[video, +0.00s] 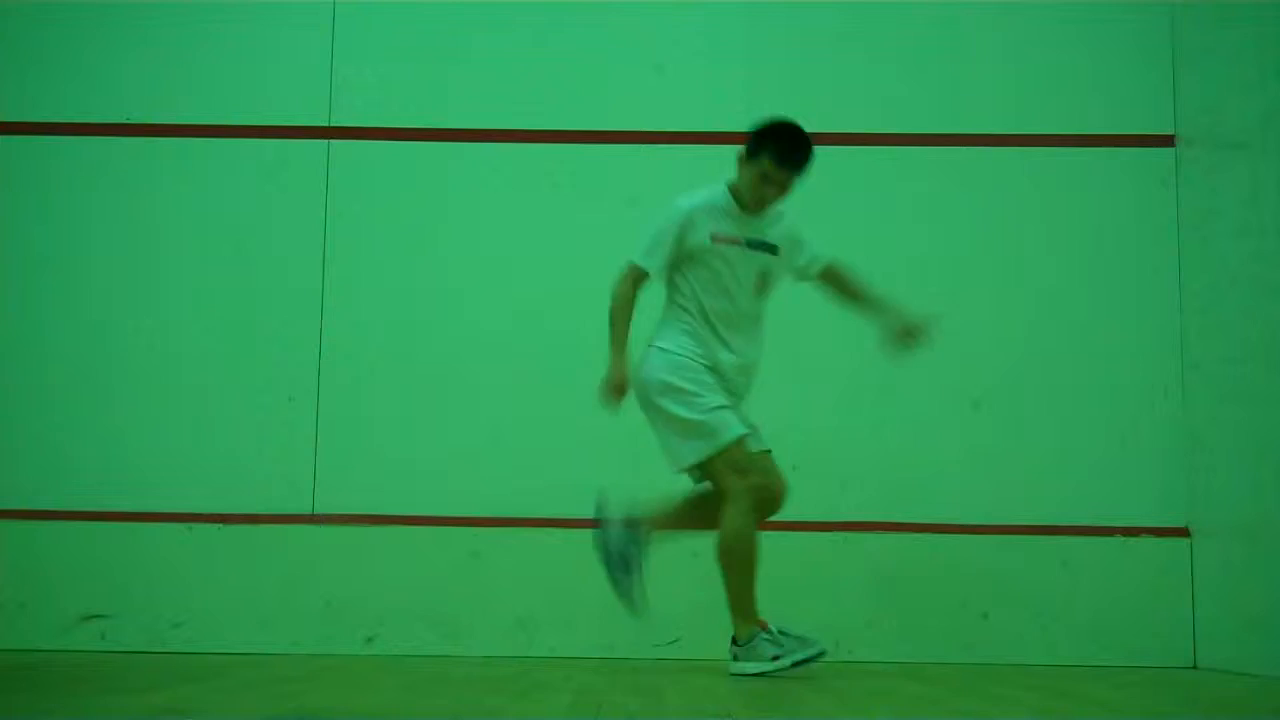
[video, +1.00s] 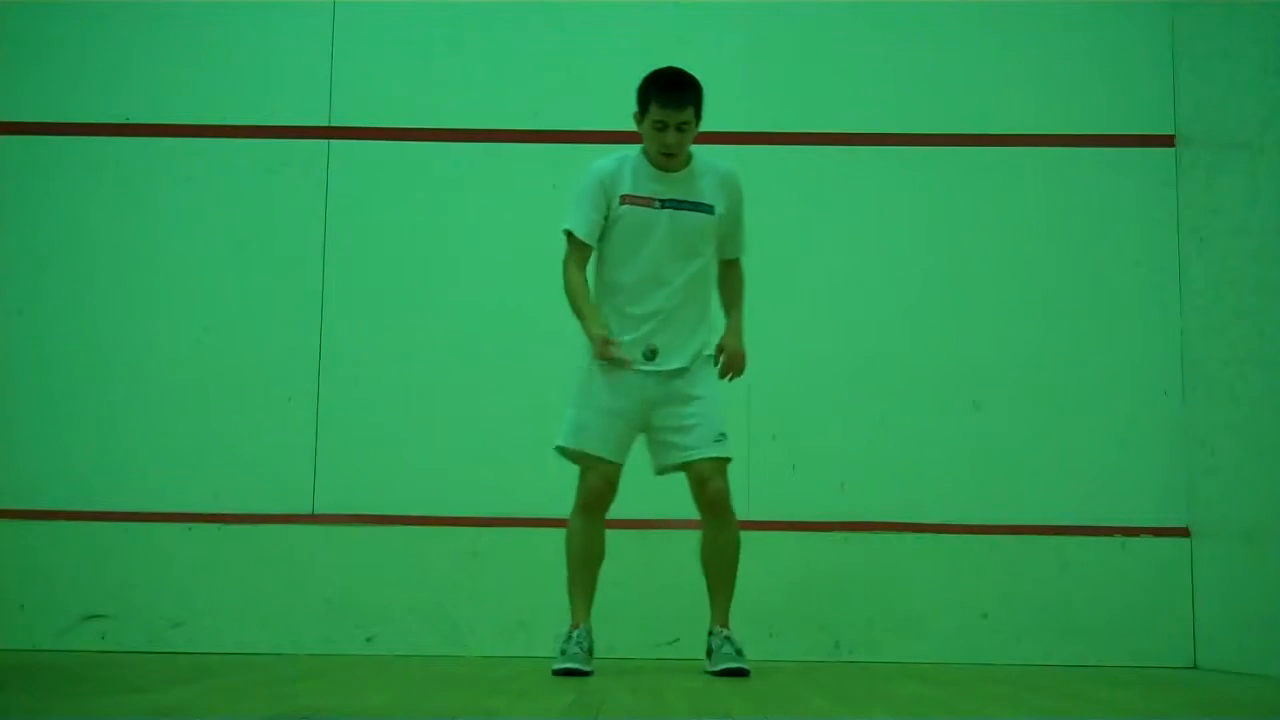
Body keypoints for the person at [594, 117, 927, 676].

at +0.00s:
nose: (774, 192)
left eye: (785, 184)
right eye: (768, 178)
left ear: (794, 183)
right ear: (744, 161)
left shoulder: (783, 230)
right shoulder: (693, 214)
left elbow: (830, 276)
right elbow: (629, 280)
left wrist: (891, 316)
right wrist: (617, 362)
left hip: (726, 382)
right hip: (676, 372)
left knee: (766, 493)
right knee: (745, 483)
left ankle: (633, 525)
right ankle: (748, 636)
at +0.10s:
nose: (757, 172)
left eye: (768, 163)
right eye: (750, 156)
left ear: (774, 164)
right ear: (722, 145)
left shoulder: (755, 225)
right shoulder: (681, 195)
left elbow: (775, 288)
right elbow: (628, 255)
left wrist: (813, 342)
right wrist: (664, 246)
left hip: (714, 378)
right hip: (665, 366)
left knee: (712, 512)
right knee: (705, 482)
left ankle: (645, 624)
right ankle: (738, 632)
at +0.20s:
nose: (736, 161)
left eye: (745, 153)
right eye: (730, 147)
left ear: (752, 155)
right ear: (700, 138)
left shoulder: (717, 225)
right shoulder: (664, 190)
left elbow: (734, 299)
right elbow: (694, 190)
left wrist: (775, 353)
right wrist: (767, 147)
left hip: (694, 383)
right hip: (643, 369)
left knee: (687, 514)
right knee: (687, 481)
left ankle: (637, 630)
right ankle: (720, 623)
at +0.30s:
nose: (721, 150)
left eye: (730, 141)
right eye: (713, 135)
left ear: (733, 147)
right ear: (683, 131)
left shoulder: (705, 224)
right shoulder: (653, 182)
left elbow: (697, 302)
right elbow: (713, 183)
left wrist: (734, 351)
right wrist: (787, 172)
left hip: (681, 368)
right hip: (632, 354)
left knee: (674, 491)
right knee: (664, 471)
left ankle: (637, 629)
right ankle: (658, 615)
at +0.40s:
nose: (707, 145)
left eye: (716, 137)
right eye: (699, 130)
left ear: (720, 143)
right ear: (669, 126)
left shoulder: (688, 204)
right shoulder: (643, 176)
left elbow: (672, 300)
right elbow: (669, 217)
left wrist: (693, 361)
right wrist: (743, 236)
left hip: (674, 365)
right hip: (627, 352)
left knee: (665, 493)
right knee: (646, 472)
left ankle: (637, 625)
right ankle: (610, 620)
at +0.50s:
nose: (695, 140)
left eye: (704, 131)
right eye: (686, 127)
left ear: (709, 139)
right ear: (657, 125)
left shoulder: (684, 206)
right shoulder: (633, 179)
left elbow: (671, 281)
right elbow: (623, 256)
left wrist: (679, 341)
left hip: (672, 373)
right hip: (623, 362)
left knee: (658, 498)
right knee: (616, 484)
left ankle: (637, 630)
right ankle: (586, 629)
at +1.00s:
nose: (670, 140)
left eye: (682, 128)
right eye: (659, 127)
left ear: (698, 125)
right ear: (639, 122)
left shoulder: (723, 185)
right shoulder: (608, 177)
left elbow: (731, 264)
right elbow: (573, 265)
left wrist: (734, 330)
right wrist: (594, 331)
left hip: (690, 372)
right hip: (616, 367)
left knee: (716, 495)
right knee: (594, 491)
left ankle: (721, 633)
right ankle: (578, 631)